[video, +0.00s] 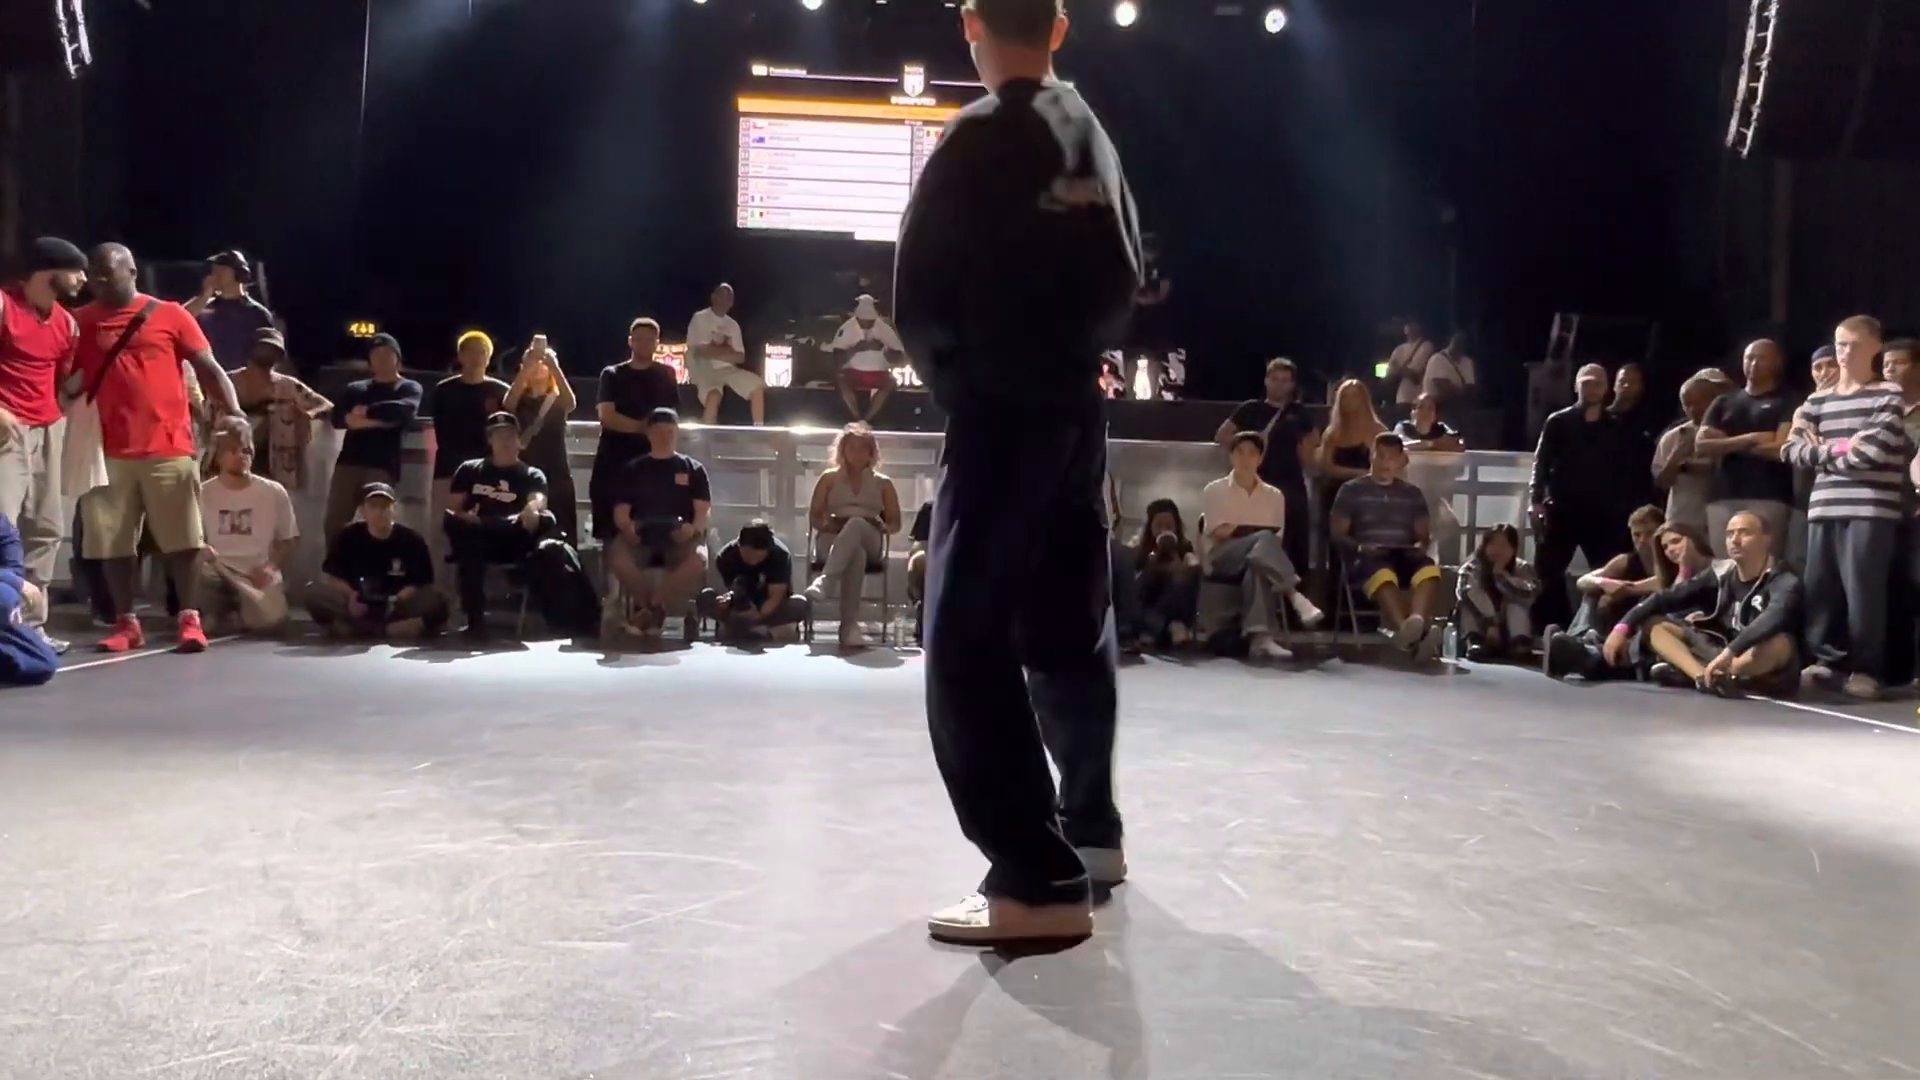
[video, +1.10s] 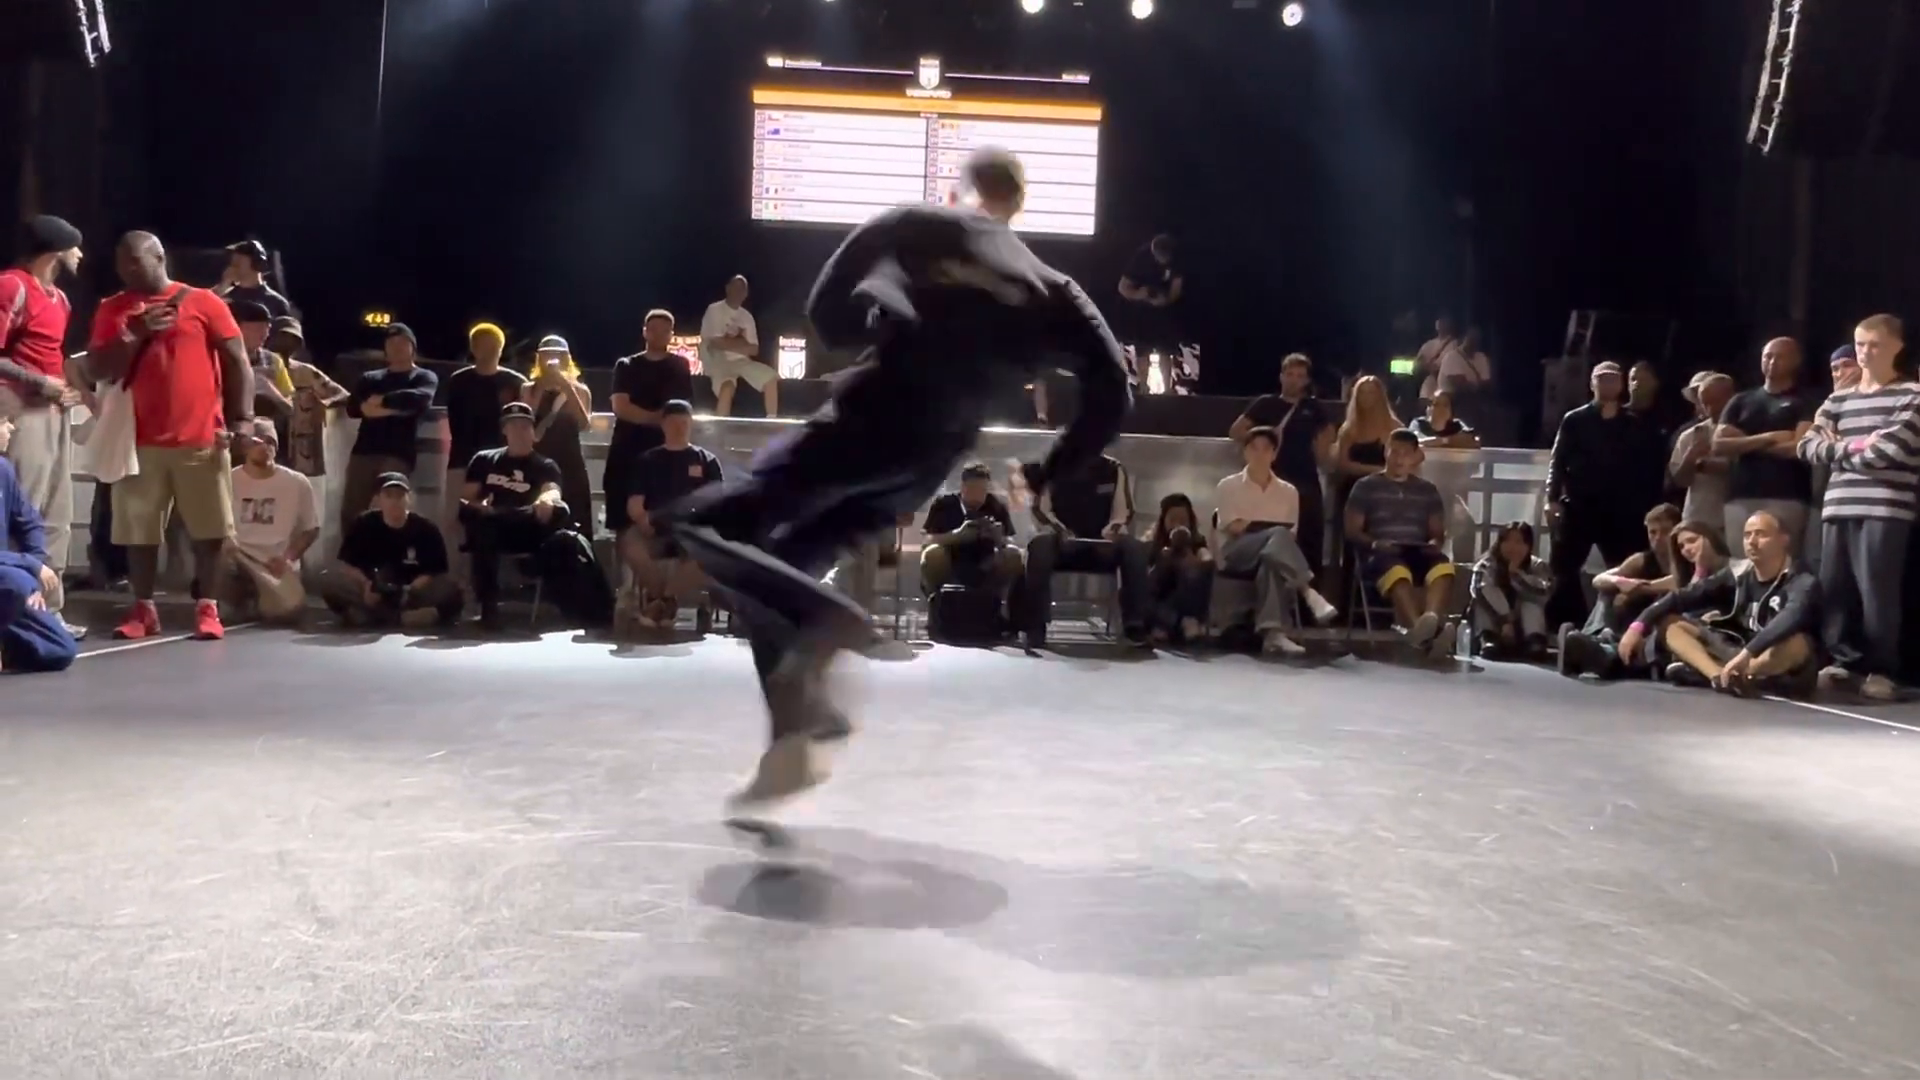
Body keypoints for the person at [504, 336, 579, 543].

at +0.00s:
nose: (539, 369)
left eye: (544, 364)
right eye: (533, 364)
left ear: (552, 370)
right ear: (523, 369)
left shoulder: (558, 398)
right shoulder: (517, 399)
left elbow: (570, 403)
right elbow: (508, 406)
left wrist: (554, 367)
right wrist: (526, 366)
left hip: (555, 468)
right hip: (524, 469)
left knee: (563, 530)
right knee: (525, 529)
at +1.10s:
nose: (552, 361)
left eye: (558, 356)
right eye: (546, 355)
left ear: (567, 359)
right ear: (538, 359)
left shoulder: (579, 391)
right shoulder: (529, 389)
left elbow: (584, 423)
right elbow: (525, 425)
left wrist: (566, 386)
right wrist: (541, 390)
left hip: (570, 463)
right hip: (539, 462)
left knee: (577, 523)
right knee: (540, 522)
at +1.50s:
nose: (558, 356)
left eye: (563, 351)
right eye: (553, 350)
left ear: (572, 355)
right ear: (545, 354)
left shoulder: (584, 386)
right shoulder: (535, 384)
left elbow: (592, 427)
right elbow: (532, 426)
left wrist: (574, 409)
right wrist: (553, 411)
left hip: (574, 454)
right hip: (544, 453)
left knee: (581, 513)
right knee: (543, 512)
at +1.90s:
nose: (564, 352)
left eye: (570, 347)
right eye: (559, 346)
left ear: (577, 351)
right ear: (550, 349)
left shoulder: (589, 383)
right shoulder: (538, 382)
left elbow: (601, 426)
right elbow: (533, 425)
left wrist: (579, 414)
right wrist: (552, 416)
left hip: (579, 450)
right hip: (547, 449)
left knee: (585, 509)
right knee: (547, 509)